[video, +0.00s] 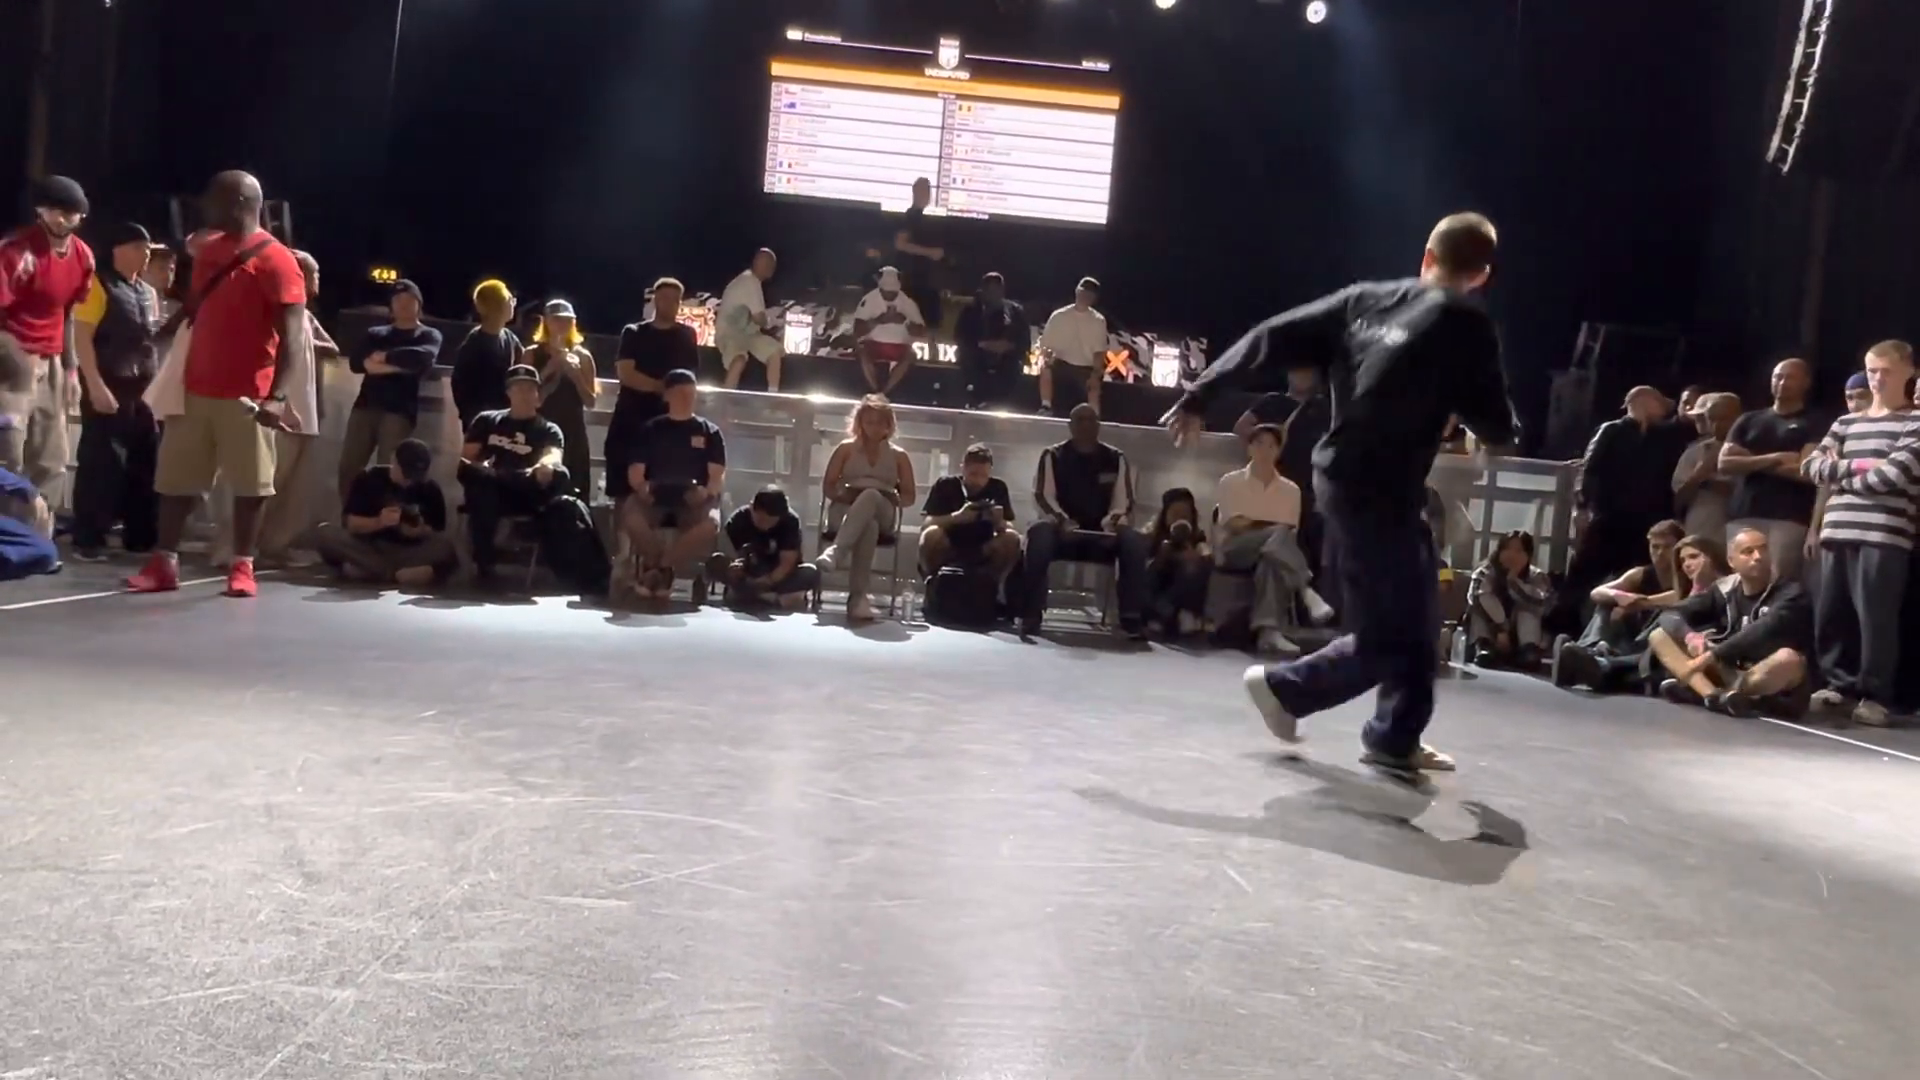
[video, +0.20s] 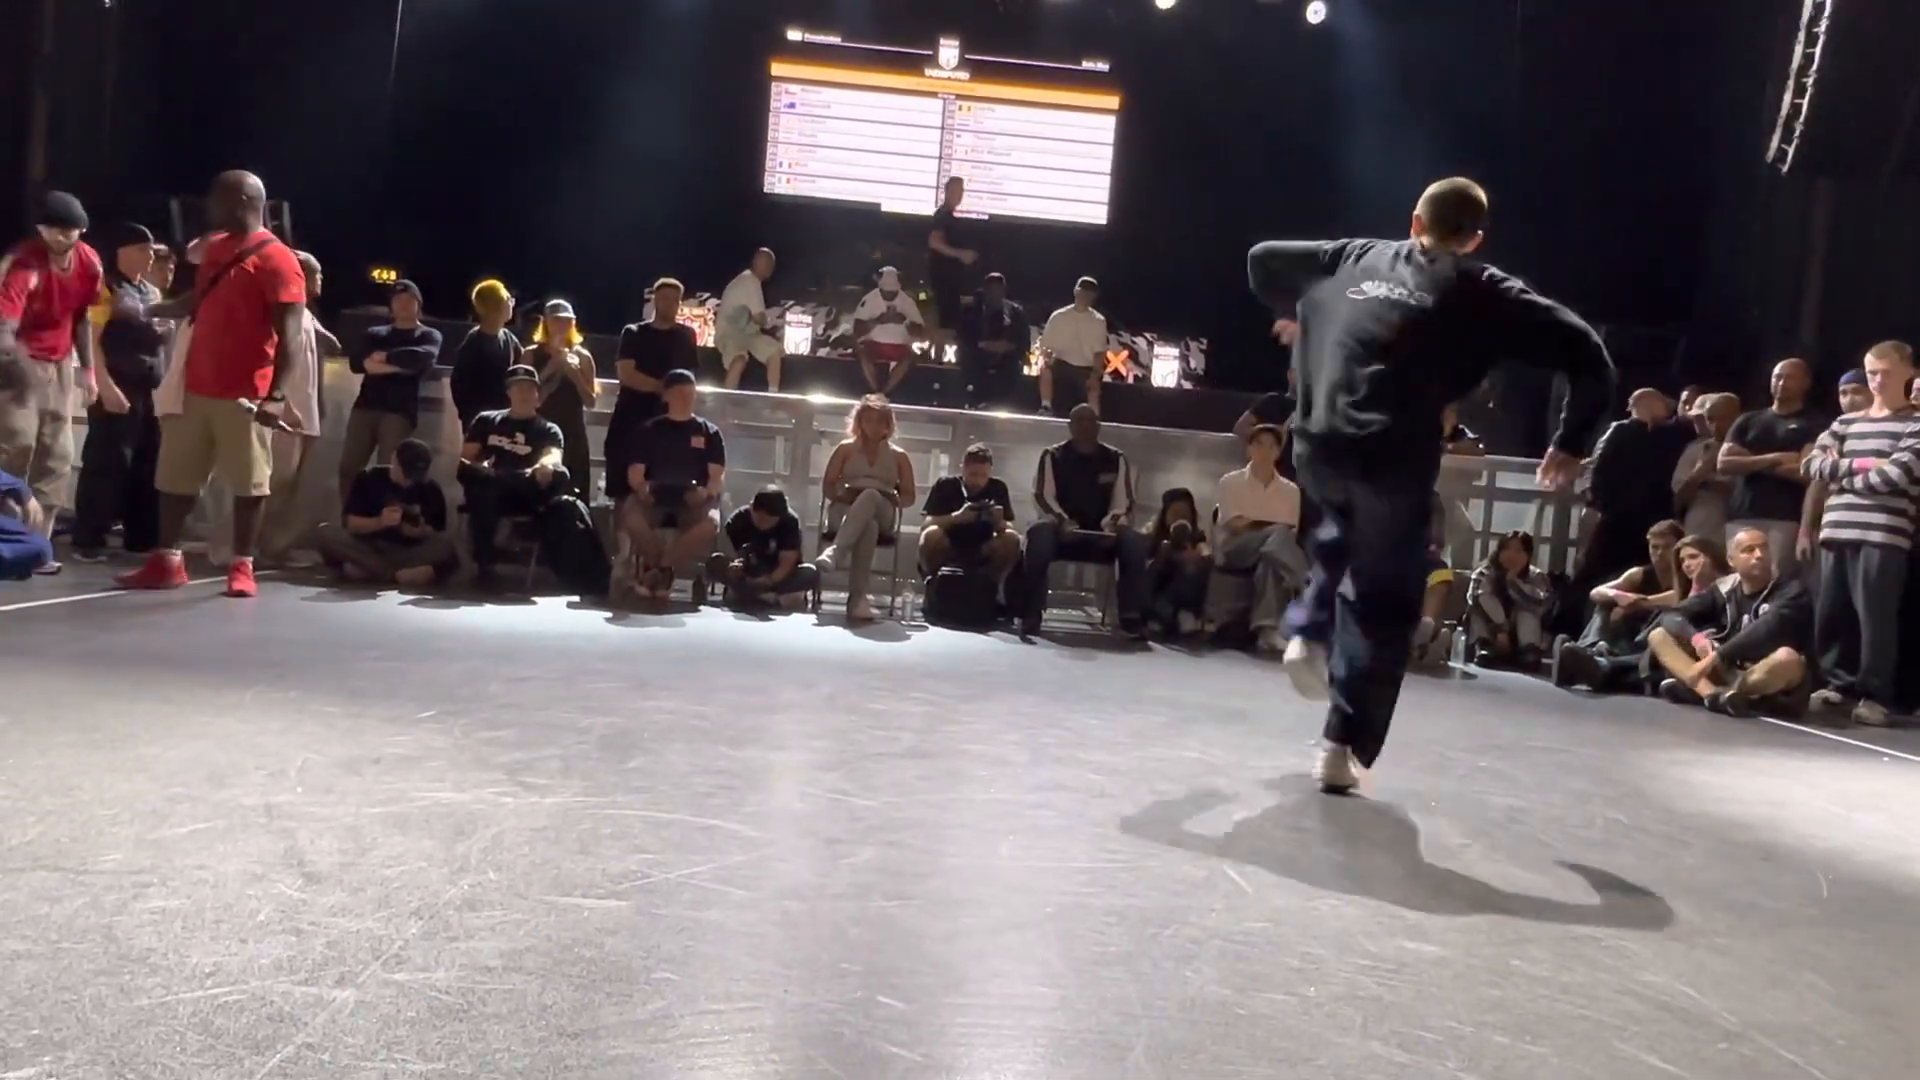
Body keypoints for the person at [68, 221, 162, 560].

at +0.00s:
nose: (145, 256)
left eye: (147, 249)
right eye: (139, 249)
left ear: (145, 254)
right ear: (118, 250)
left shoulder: (148, 292)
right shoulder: (98, 288)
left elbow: (151, 340)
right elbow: (82, 338)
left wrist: (156, 387)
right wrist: (96, 386)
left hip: (144, 387)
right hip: (108, 386)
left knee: (143, 463)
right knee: (100, 462)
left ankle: (140, 535)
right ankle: (89, 536)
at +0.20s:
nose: (148, 258)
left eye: (150, 251)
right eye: (141, 250)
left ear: (149, 256)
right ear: (120, 253)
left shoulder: (153, 294)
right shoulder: (105, 292)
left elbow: (164, 339)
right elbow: (93, 341)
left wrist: (166, 381)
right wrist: (106, 384)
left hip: (152, 386)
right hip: (117, 385)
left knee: (146, 464)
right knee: (106, 461)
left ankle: (142, 536)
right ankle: (90, 536)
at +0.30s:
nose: (153, 257)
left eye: (154, 251)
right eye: (145, 251)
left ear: (154, 256)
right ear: (125, 255)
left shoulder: (159, 293)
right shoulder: (111, 292)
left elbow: (175, 336)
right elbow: (95, 339)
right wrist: (110, 385)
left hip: (157, 386)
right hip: (121, 386)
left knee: (149, 465)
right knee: (109, 462)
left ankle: (143, 536)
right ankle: (91, 535)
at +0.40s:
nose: (154, 257)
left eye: (156, 250)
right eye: (145, 250)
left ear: (161, 255)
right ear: (125, 254)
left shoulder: (165, 293)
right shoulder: (111, 289)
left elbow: (177, 340)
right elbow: (98, 336)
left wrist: (173, 380)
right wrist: (112, 384)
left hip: (158, 387)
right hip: (120, 387)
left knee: (150, 464)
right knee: (110, 461)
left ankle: (143, 536)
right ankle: (92, 535)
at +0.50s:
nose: (156, 254)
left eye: (158, 248)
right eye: (147, 248)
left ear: (162, 253)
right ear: (127, 253)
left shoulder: (166, 292)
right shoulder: (113, 288)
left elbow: (174, 338)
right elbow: (101, 338)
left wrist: (168, 381)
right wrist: (115, 385)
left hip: (156, 389)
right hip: (119, 389)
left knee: (150, 465)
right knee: (109, 464)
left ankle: (143, 536)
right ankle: (91, 536)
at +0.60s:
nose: (158, 255)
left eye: (160, 249)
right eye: (149, 248)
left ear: (164, 254)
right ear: (128, 253)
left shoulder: (166, 292)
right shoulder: (110, 289)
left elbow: (173, 339)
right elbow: (99, 342)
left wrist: (164, 378)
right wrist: (124, 382)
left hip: (154, 388)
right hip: (116, 387)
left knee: (148, 463)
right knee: (109, 461)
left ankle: (143, 535)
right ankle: (91, 535)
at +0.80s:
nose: (155, 257)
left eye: (160, 251)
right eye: (150, 250)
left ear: (165, 254)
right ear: (132, 251)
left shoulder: (162, 289)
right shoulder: (107, 285)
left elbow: (171, 330)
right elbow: (98, 336)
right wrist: (149, 331)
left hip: (153, 380)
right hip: (114, 380)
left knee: (149, 457)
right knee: (109, 456)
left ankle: (143, 534)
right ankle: (91, 534)